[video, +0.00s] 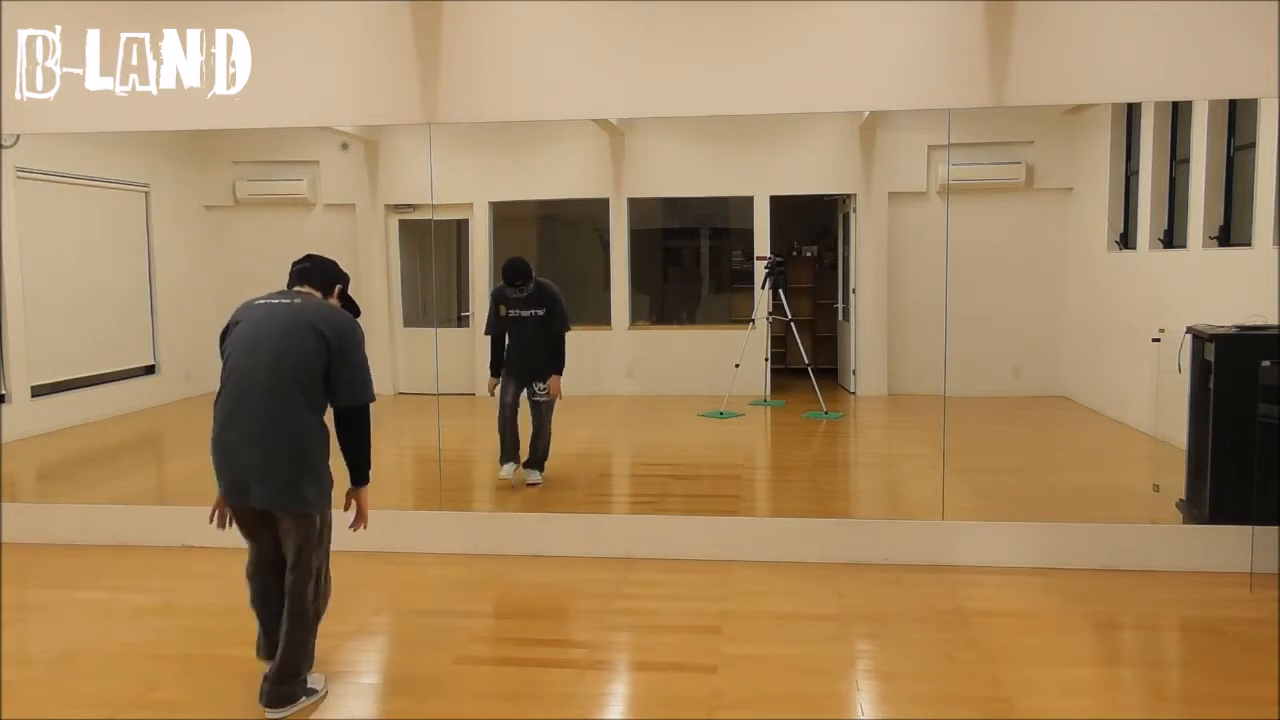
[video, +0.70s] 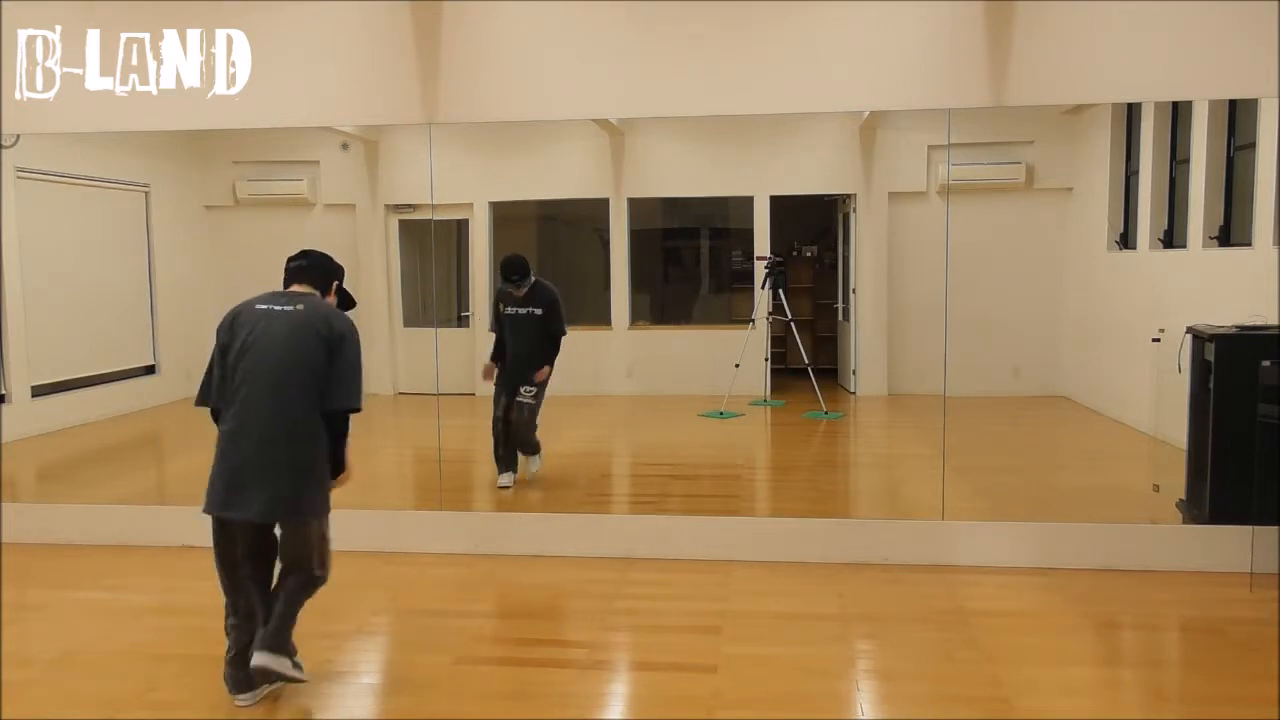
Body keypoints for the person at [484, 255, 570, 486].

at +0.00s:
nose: (520, 292)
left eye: (524, 288)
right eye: (515, 289)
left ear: (531, 279)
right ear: (507, 283)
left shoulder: (549, 293)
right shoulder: (500, 295)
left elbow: (559, 336)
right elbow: (497, 337)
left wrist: (557, 374)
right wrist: (495, 373)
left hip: (544, 364)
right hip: (515, 362)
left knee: (542, 420)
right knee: (506, 407)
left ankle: (535, 467)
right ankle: (509, 460)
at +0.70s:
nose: (516, 291)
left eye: (519, 286)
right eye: (511, 287)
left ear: (528, 277)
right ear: (505, 280)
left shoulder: (547, 295)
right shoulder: (503, 294)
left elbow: (556, 334)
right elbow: (501, 333)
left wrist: (548, 365)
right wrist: (493, 361)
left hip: (536, 368)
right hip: (509, 366)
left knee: (520, 420)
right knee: (501, 419)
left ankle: (532, 451)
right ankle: (506, 469)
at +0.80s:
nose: (522, 285)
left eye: (525, 280)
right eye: (517, 281)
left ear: (535, 271)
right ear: (511, 275)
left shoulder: (553, 287)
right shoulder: (507, 289)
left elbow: (575, 317)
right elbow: (499, 315)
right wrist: (483, 327)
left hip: (546, 356)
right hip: (517, 355)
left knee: (541, 411)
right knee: (500, 414)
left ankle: (556, 443)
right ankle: (505, 469)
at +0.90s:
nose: (528, 272)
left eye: (532, 266)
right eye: (524, 267)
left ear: (542, 259)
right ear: (518, 263)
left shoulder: (564, 279)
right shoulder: (514, 282)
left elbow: (592, 296)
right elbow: (493, 300)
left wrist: (600, 302)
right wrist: (472, 306)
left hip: (555, 362)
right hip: (524, 361)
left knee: (566, 415)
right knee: (509, 414)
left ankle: (589, 452)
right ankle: (506, 469)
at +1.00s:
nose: (537, 268)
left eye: (541, 262)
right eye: (532, 263)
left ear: (550, 255)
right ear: (526, 260)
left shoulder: (571, 275)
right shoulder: (521, 282)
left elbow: (605, 286)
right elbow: (490, 298)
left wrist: (633, 297)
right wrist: (459, 306)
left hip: (569, 358)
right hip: (537, 358)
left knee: (585, 412)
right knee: (520, 409)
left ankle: (608, 462)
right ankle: (512, 466)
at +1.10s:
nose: (544, 271)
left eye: (547, 266)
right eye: (539, 267)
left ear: (557, 261)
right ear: (533, 265)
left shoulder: (579, 281)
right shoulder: (530, 288)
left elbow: (609, 300)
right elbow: (505, 309)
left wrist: (638, 314)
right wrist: (473, 319)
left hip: (582, 359)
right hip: (551, 360)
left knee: (590, 414)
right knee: (533, 408)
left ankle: (610, 461)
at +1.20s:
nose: (551, 271)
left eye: (555, 265)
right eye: (546, 267)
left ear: (564, 260)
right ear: (540, 265)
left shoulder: (585, 283)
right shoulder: (538, 287)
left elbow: (611, 309)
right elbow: (526, 316)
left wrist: (622, 338)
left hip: (587, 357)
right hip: (556, 359)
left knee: (592, 411)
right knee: (555, 418)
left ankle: (609, 461)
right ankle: (576, 447)